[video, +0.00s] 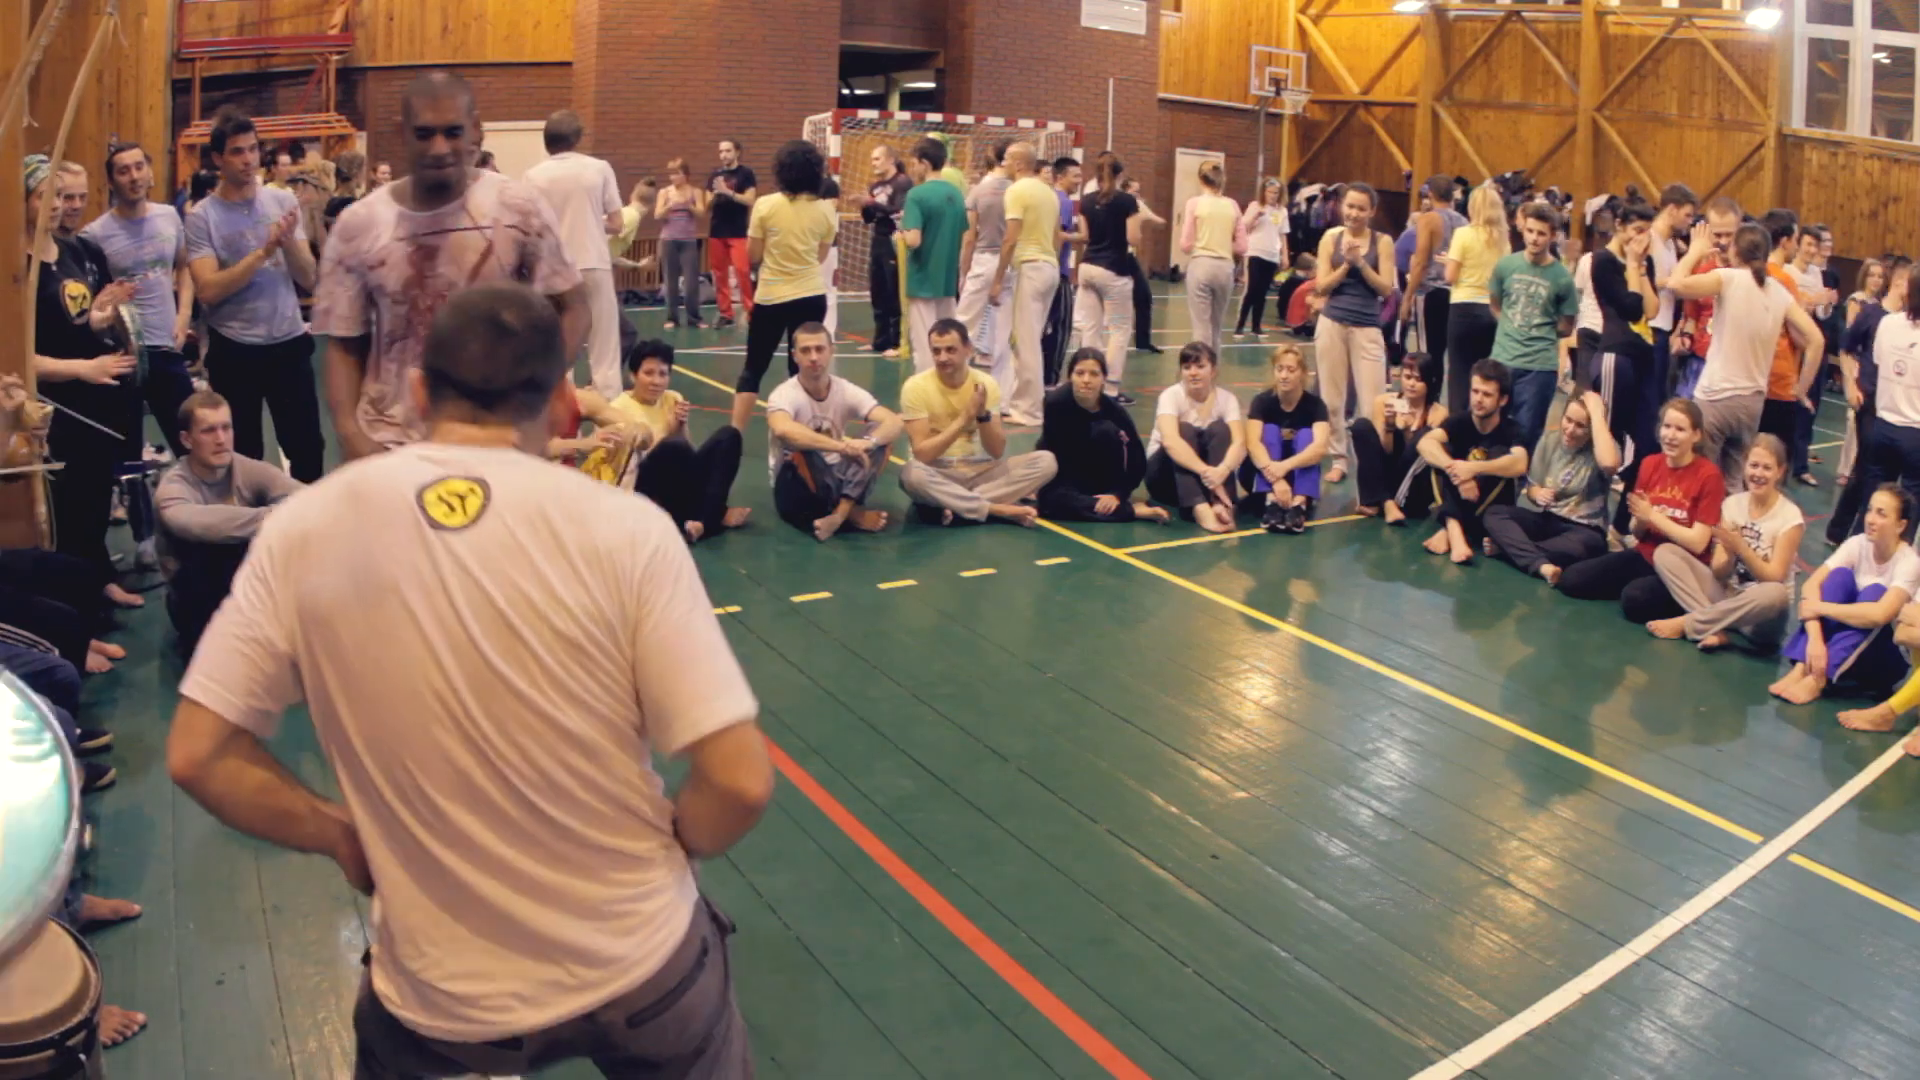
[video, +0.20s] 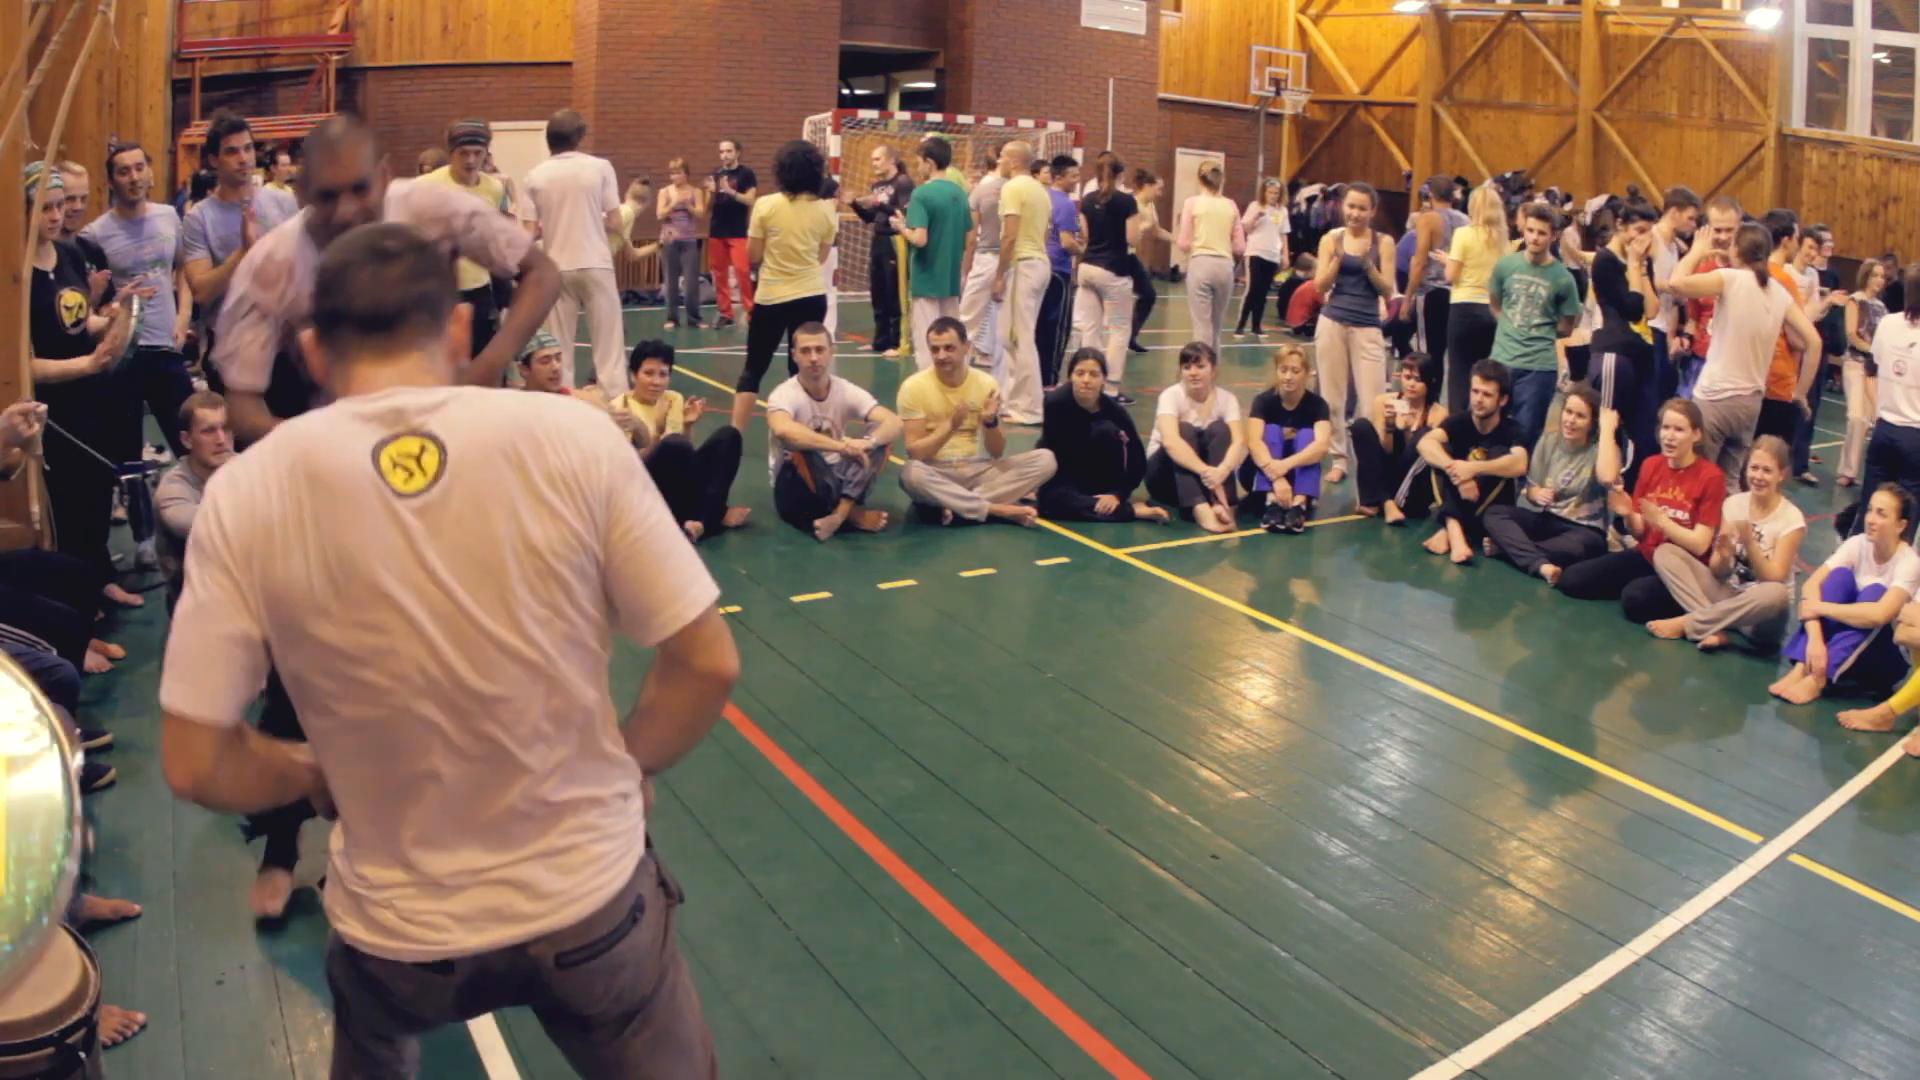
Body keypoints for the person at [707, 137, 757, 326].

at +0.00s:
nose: (723, 155)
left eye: (727, 151)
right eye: (721, 151)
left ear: (737, 152)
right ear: (718, 154)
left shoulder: (746, 173)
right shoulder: (715, 175)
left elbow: (750, 199)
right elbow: (708, 204)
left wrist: (727, 192)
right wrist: (715, 193)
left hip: (738, 232)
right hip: (717, 232)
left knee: (742, 271)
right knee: (719, 275)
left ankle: (750, 309)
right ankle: (725, 312)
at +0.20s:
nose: (725, 155)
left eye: (728, 151)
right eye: (722, 152)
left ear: (737, 153)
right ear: (719, 155)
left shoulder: (746, 173)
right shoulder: (716, 175)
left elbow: (751, 199)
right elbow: (707, 207)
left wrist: (731, 192)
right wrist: (711, 192)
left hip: (738, 232)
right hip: (717, 232)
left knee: (742, 271)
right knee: (719, 275)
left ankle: (749, 309)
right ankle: (724, 313)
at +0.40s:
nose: (724, 155)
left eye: (727, 151)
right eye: (721, 152)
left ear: (737, 152)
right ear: (718, 154)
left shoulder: (746, 173)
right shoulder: (716, 175)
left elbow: (751, 199)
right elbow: (708, 204)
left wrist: (729, 191)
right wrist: (714, 191)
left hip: (738, 232)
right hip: (717, 232)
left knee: (742, 271)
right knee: (719, 275)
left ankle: (750, 310)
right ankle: (725, 312)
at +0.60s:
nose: (722, 156)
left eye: (725, 152)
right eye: (719, 153)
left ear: (736, 153)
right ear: (717, 155)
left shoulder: (746, 173)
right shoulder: (716, 175)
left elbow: (750, 199)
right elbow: (708, 204)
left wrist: (727, 190)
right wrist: (715, 192)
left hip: (738, 232)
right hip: (717, 232)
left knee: (742, 271)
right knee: (719, 275)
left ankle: (750, 309)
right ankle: (724, 312)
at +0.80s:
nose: (721, 156)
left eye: (724, 152)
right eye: (718, 153)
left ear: (735, 152)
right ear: (716, 155)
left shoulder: (745, 173)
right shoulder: (716, 174)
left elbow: (750, 199)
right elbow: (708, 205)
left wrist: (726, 190)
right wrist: (712, 192)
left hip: (737, 232)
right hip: (717, 232)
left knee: (742, 271)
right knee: (719, 275)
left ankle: (750, 309)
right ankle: (724, 312)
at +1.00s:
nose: (720, 156)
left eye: (723, 152)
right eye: (717, 153)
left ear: (734, 152)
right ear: (716, 155)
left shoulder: (745, 173)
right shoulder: (716, 174)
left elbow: (750, 199)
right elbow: (708, 205)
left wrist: (725, 190)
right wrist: (714, 192)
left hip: (737, 233)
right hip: (717, 232)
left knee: (742, 271)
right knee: (719, 275)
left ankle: (749, 309)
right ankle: (724, 312)